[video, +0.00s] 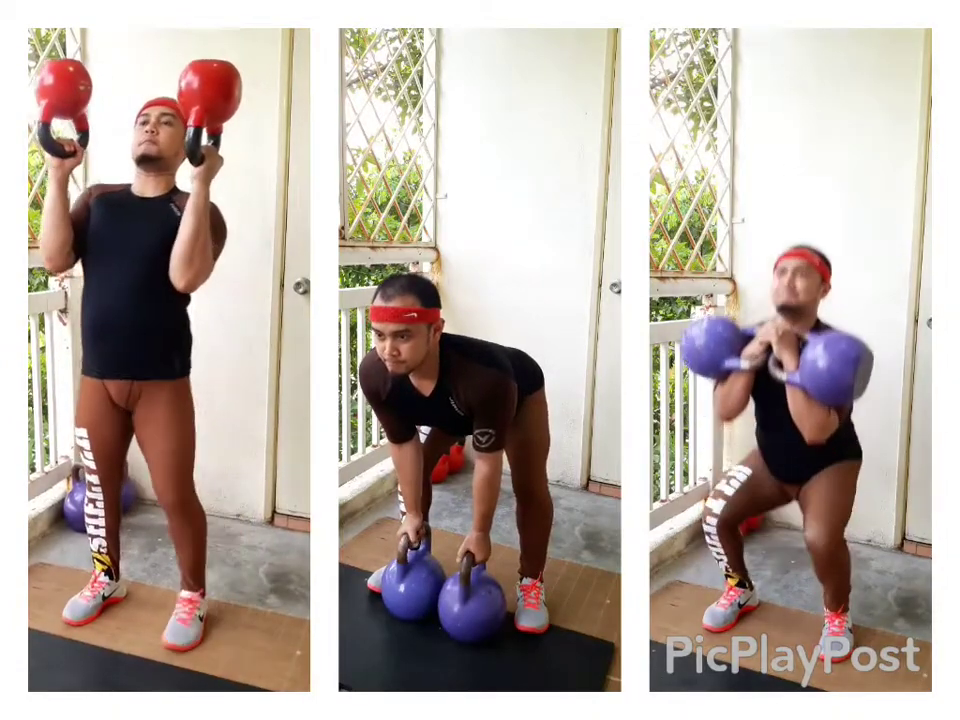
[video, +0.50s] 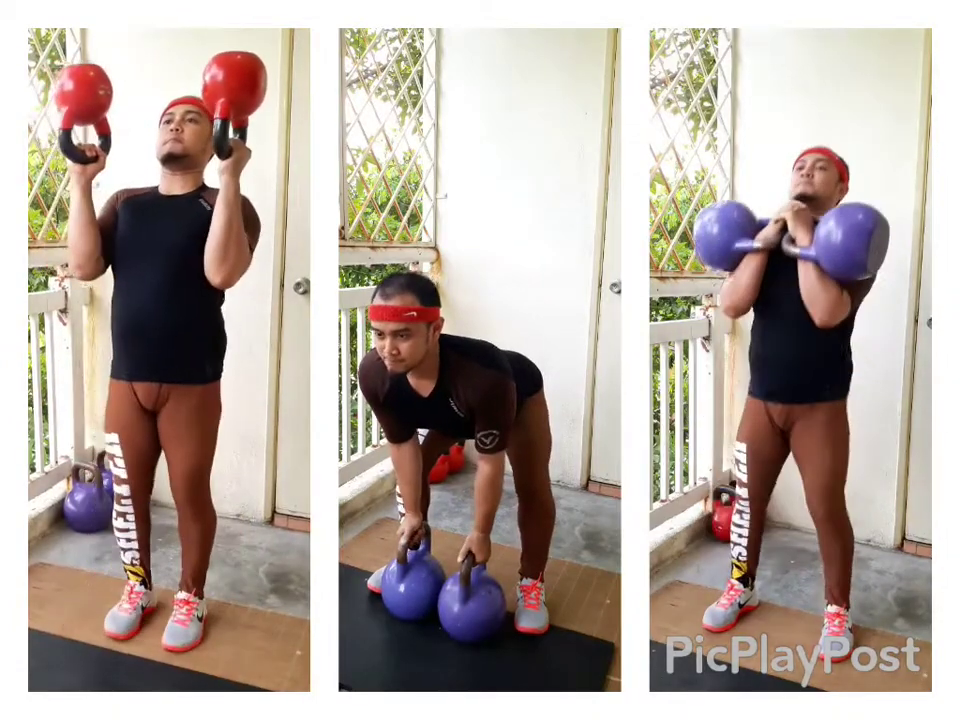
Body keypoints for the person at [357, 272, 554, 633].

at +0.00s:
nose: (389, 350)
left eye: (403, 336)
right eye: (380, 335)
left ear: (435, 330)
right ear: (371, 331)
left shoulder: (485, 379)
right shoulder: (374, 373)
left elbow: (488, 462)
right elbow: (404, 442)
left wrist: (479, 532)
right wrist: (412, 512)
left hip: (515, 389)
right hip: (453, 399)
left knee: (530, 487)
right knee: (415, 470)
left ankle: (531, 582)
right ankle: (409, 563)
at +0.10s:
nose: (389, 350)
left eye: (403, 336)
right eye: (379, 336)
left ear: (435, 330)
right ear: (371, 331)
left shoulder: (484, 378)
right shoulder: (374, 373)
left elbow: (487, 463)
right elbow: (404, 443)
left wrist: (479, 532)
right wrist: (412, 512)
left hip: (515, 389)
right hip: (452, 399)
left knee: (530, 487)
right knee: (415, 470)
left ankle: (531, 582)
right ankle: (409, 562)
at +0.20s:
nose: (388, 351)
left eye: (402, 337)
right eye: (378, 336)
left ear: (434, 330)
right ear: (370, 331)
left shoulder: (484, 378)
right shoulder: (374, 374)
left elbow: (487, 462)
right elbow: (404, 443)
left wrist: (480, 531)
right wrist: (412, 512)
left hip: (515, 390)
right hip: (453, 399)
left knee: (530, 487)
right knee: (415, 470)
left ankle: (531, 583)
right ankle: (409, 562)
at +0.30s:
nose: (387, 352)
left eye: (401, 338)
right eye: (377, 337)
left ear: (433, 329)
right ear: (370, 332)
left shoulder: (483, 379)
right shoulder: (373, 375)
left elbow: (486, 464)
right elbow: (404, 444)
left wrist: (479, 532)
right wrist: (412, 512)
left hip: (514, 391)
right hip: (451, 399)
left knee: (532, 488)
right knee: (414, 470)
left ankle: (531, 582)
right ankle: (409, 562)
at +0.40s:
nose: (387, 350)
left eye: (401, 337)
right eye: (378, 336)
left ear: (434, 330)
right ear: (370, 332)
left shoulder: (484, 378)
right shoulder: (373, 374)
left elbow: (488, 463)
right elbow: (403, 443)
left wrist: (480, 532)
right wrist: (412, 511)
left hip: (514, 390)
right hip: (451, 400)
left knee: (532, 488)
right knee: (414, 470)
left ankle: (532, 582)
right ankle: (410, 562)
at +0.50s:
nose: (389, 349)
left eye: (403, 335)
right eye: (379, 334)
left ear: (435, 329)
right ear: (371, 331)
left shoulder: (485, 378)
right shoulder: (374, 374)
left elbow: (490, 463)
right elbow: (403, 443)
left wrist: (480, 532)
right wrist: (411, 511)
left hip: (514, 394)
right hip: (451, 404)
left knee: (533, 489)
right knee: (413, 471)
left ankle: (532, 582)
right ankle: (410, 562)